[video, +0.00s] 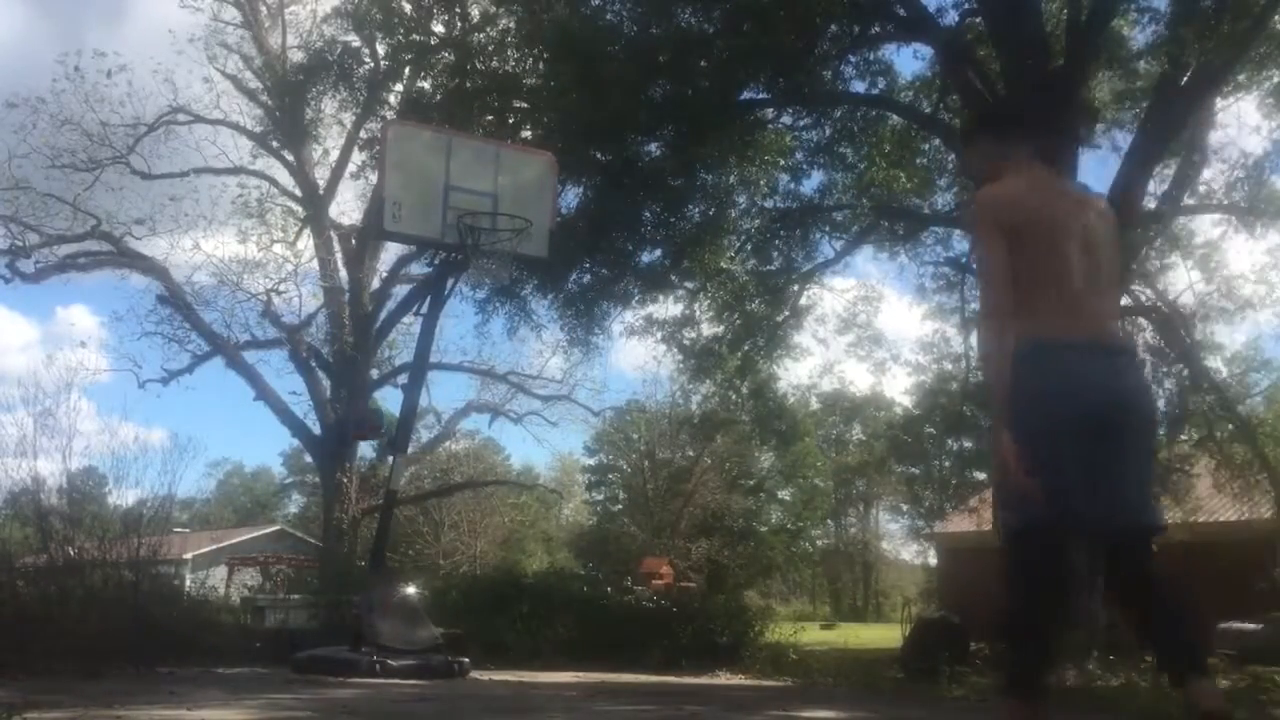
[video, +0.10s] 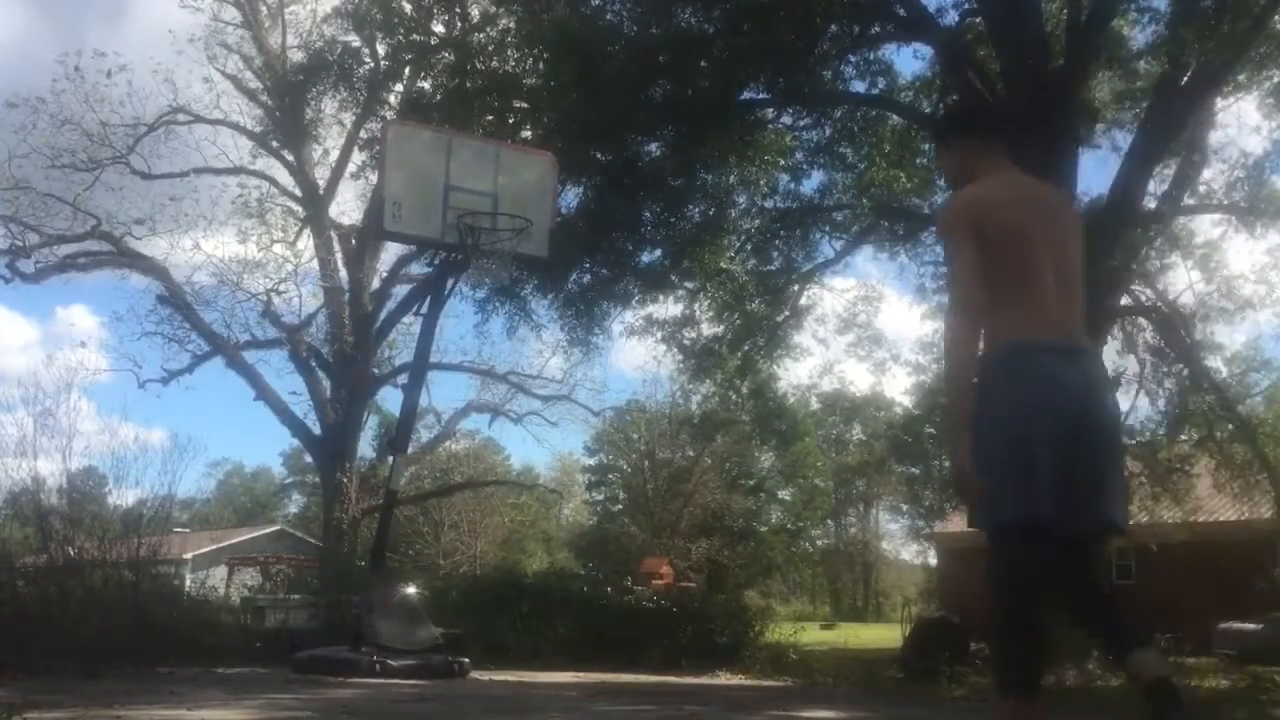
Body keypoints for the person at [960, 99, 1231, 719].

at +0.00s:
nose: (972, 178)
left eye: (974, 164)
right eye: (969, 165)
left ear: (998, 155)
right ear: (1040, 153)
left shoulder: (992, 203)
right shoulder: (1096, 206)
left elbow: (997, 316)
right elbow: (1106, 305)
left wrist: (1001, 423)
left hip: (1040, 374)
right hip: (1116, 372)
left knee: (1036, 547)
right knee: (1127, 546)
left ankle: (1025, 693)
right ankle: (1197, 685)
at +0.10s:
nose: (941, 170)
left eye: (943, 157)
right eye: (939, 158)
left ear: (964, 151)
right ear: (1001, 145)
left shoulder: (964, 206)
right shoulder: (1060, 202)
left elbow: (965, 321)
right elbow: (1072, 312)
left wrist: (959, 433)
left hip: (1015, 383)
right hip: (1083, 381)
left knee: (1014, 555)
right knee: (1074, 559)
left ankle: (1018, 701)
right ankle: (1152, 675)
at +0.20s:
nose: (922, 176)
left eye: (923, 164)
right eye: (920, 164)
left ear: (941, 156)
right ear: (981, 150)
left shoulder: (943, 209)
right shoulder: (1037, 209)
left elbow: (935, 312)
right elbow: (1046, 307)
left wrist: (921, 398)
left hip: (991, 379)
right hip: (1053, 379)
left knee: (997, 539)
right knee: (1046, 533)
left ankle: (1011, 690)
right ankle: (1080, 662)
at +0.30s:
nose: (904, 179)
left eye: (905, 168)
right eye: (904, 168)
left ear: (919, 159)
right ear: (957, 155)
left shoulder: (922, 214)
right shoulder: (1011, 213)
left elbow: (906, 326)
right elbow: (1027, 314)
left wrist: (884, 435)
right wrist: (1024, 378)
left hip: (967, 385)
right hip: (1027, 384)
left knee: (976, 541)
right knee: (990, 532)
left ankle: (1007, 694)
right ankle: (1010, 681)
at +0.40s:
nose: (881, 180)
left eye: (884, 169)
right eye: (881, 170)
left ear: (902, 164)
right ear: (937, 161)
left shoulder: (901, 223)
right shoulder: (988, 228)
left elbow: (882, 337)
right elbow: (1006, 326)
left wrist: (853, 434)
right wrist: (1007, 390)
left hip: (945, 392)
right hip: (1001, 392)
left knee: (947, 544)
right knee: (965, 537)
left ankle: (991, 687)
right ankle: (927, 675)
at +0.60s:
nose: (840, 205)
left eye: (844, 194)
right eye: (841, 194)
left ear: (859, 192)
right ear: (893, 190)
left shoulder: (850, 250)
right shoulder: (935, 258)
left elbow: (842, 353)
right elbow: (966, 354)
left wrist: (817, 443)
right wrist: (989, 443)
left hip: (883, 414)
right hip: (941, 413)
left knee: (912, 558)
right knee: (899, 558)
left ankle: (973, 686)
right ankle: (868, 696)